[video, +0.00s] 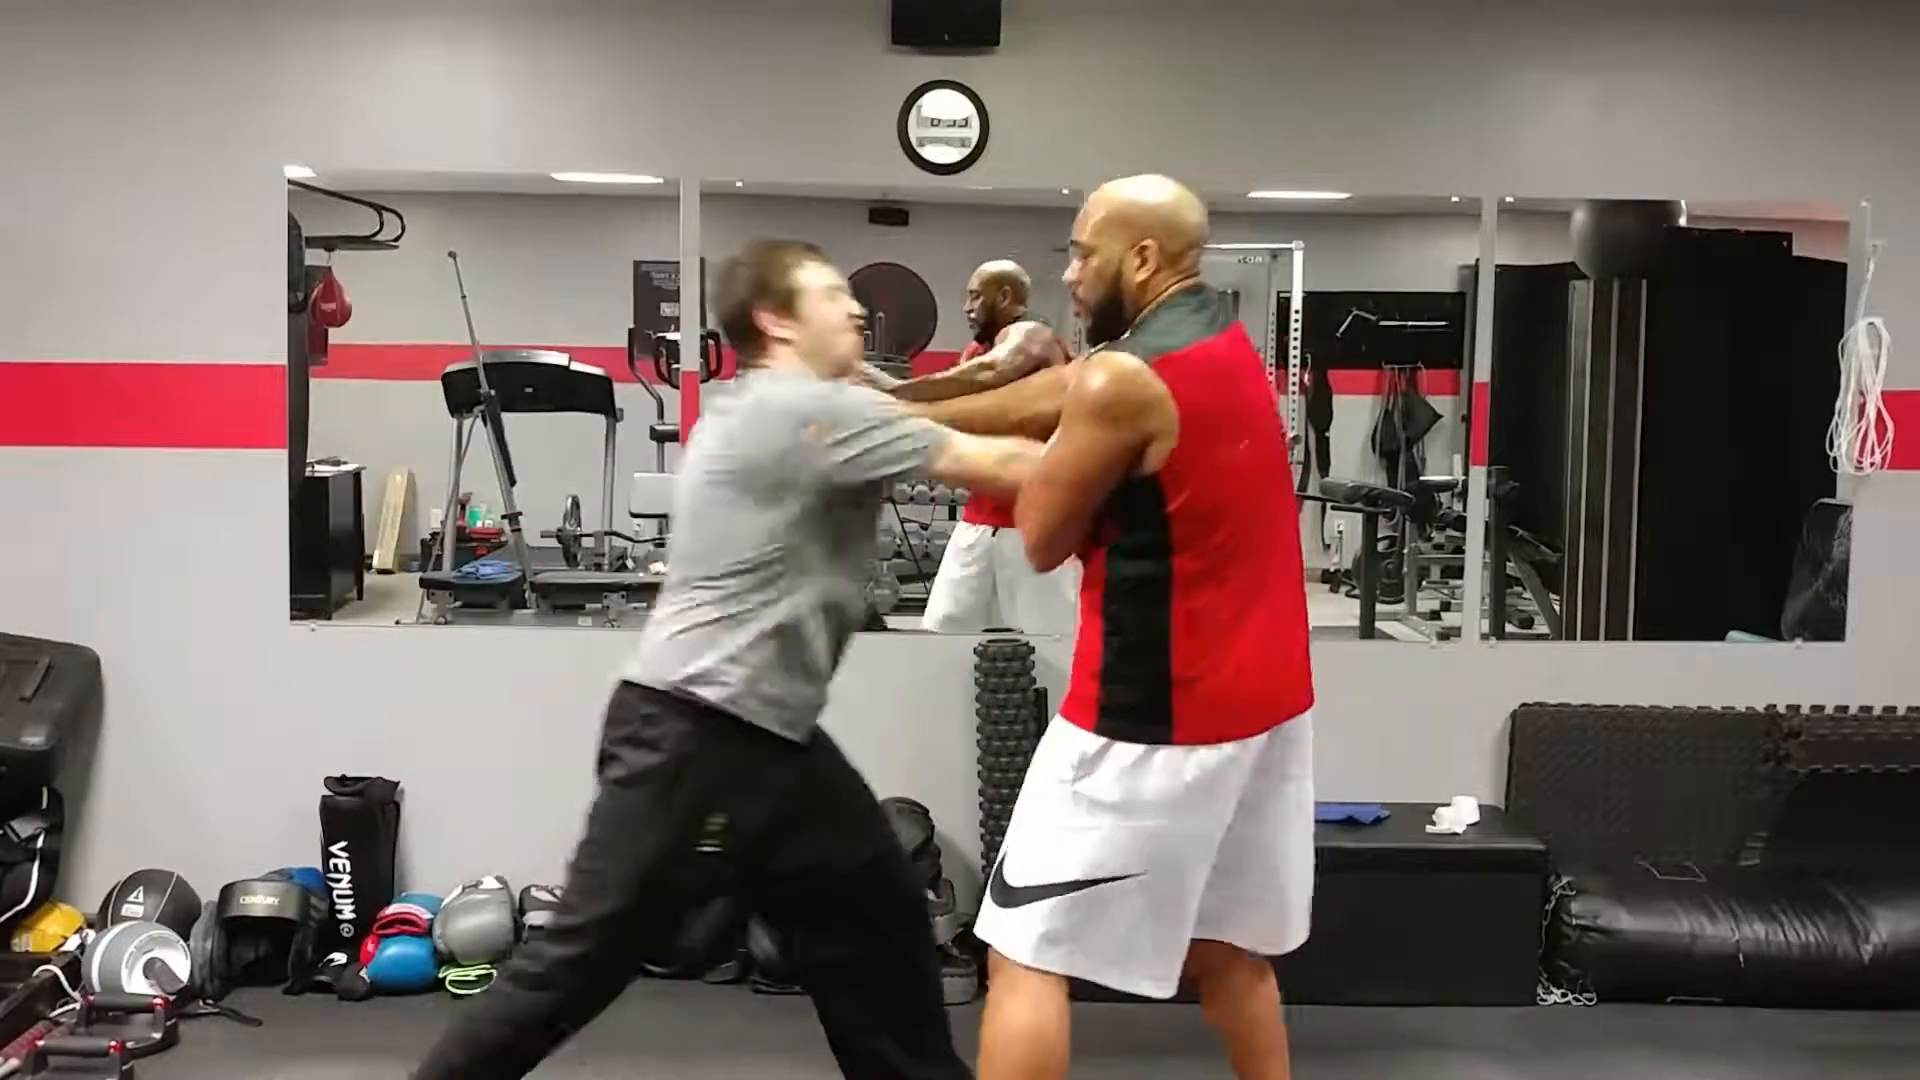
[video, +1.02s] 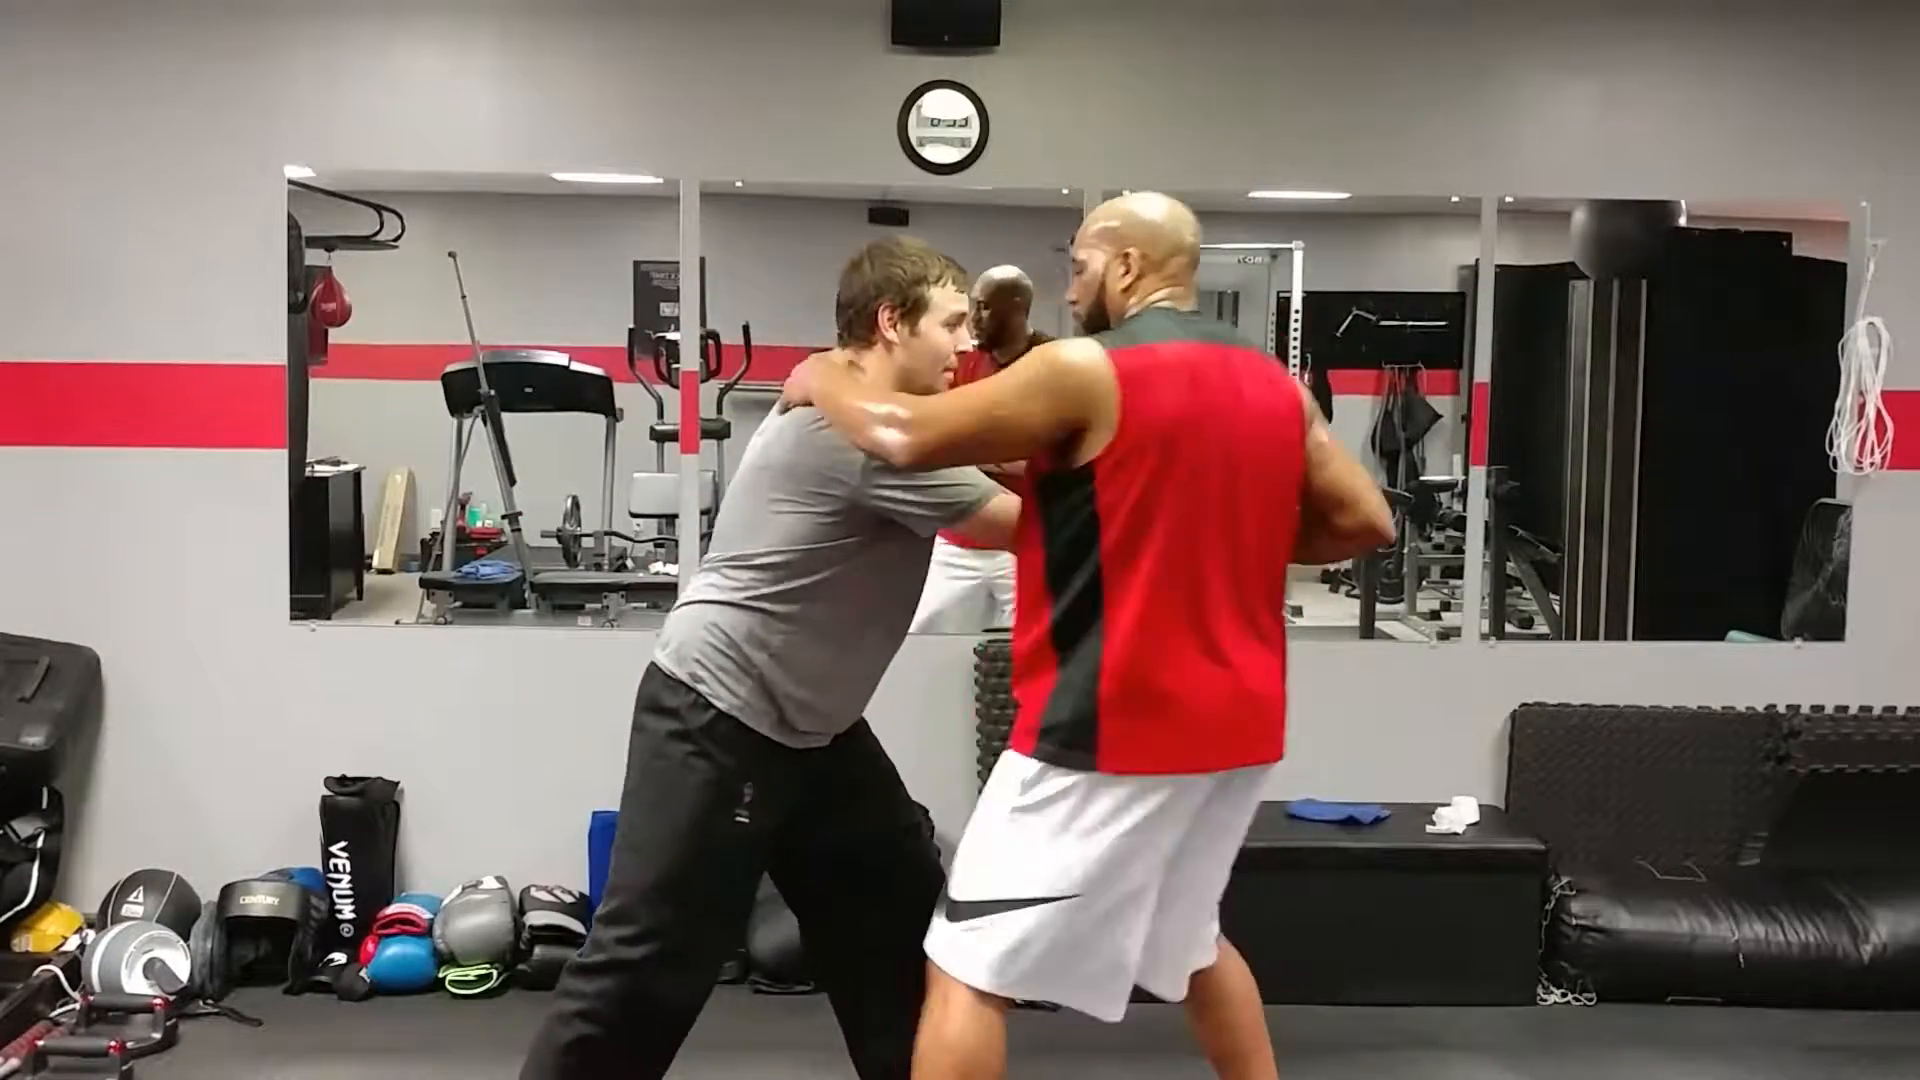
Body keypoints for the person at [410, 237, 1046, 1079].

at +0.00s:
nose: (860, 313)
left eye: (851, 296)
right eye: (838, 296)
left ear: (780, 327)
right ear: (776, 322)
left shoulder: (767, 402)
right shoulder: (802, 407)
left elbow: (928, 417)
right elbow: (996, 466)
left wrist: (1007, 371)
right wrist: (1101, 450)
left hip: (771, 741)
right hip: (688, 729)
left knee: (884, 939)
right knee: (571, 968)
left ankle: (921, 1073)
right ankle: (439, 1073)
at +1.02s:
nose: (968, 347)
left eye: (969, 328)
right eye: (953, 323)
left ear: (886, 328)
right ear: (887, 325)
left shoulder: (883, 424)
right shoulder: (854, 431)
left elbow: (1019, 497)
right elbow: (1024, 524)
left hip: (815, 730)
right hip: (711, 714)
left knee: (897, 939)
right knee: (642, 971)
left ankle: (911, 1073)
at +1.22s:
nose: (954, 335)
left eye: (953, 315)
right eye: (936, 313)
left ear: (871, 324)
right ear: (868, 322)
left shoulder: (889, 425)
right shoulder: (829, 426)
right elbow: (937, 583)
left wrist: (953, 488)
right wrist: (1085, 572)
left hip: (806, 721)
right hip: (698, 710)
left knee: (894, 908)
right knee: (624, 953)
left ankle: (926, 1067)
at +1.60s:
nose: (737, 300)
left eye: (735, 279)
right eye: (714, 277)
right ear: (643, 288)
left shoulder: (712, 402)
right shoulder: (557, 392)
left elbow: (792, 499)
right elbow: (608, 533)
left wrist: (802, 401)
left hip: (678, 732)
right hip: (543, 719)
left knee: (785, 965)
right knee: (470, 987)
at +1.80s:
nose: (681, 269)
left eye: (682, 252)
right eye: (661, 250)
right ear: (590, 258)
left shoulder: (681, 371)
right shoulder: (502, 365)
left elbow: (787, 439)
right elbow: (573, 460)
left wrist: (739, 326)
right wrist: (637, 323)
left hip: (669, 715)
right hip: (522, 712)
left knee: (726, 970)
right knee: (456, 983)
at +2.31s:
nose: (905, 298)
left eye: (897, 282)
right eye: (886, 281)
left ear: (822, 307)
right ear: (827, 303)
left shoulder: (805, 398)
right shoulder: (843, 383)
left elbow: (953, 313)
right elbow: (1009, 287)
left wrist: (1085, 229)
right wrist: (1109, 207)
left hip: (869, 734)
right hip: (782, 733)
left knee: (976, 938)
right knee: (695, 973)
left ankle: (993, 1076)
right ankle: (561, 1076)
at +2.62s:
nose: (1006, 332)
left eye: (1003, 311)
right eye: (991, 311)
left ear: (915, 330)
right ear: (935, 325)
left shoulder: (856, 400)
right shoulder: (954, 402)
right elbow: (1089, 489)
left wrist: (999, 363)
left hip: (862, 711)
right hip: (818, 694)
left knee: (960, 934)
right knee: (782, 952)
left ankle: (990, 1069)